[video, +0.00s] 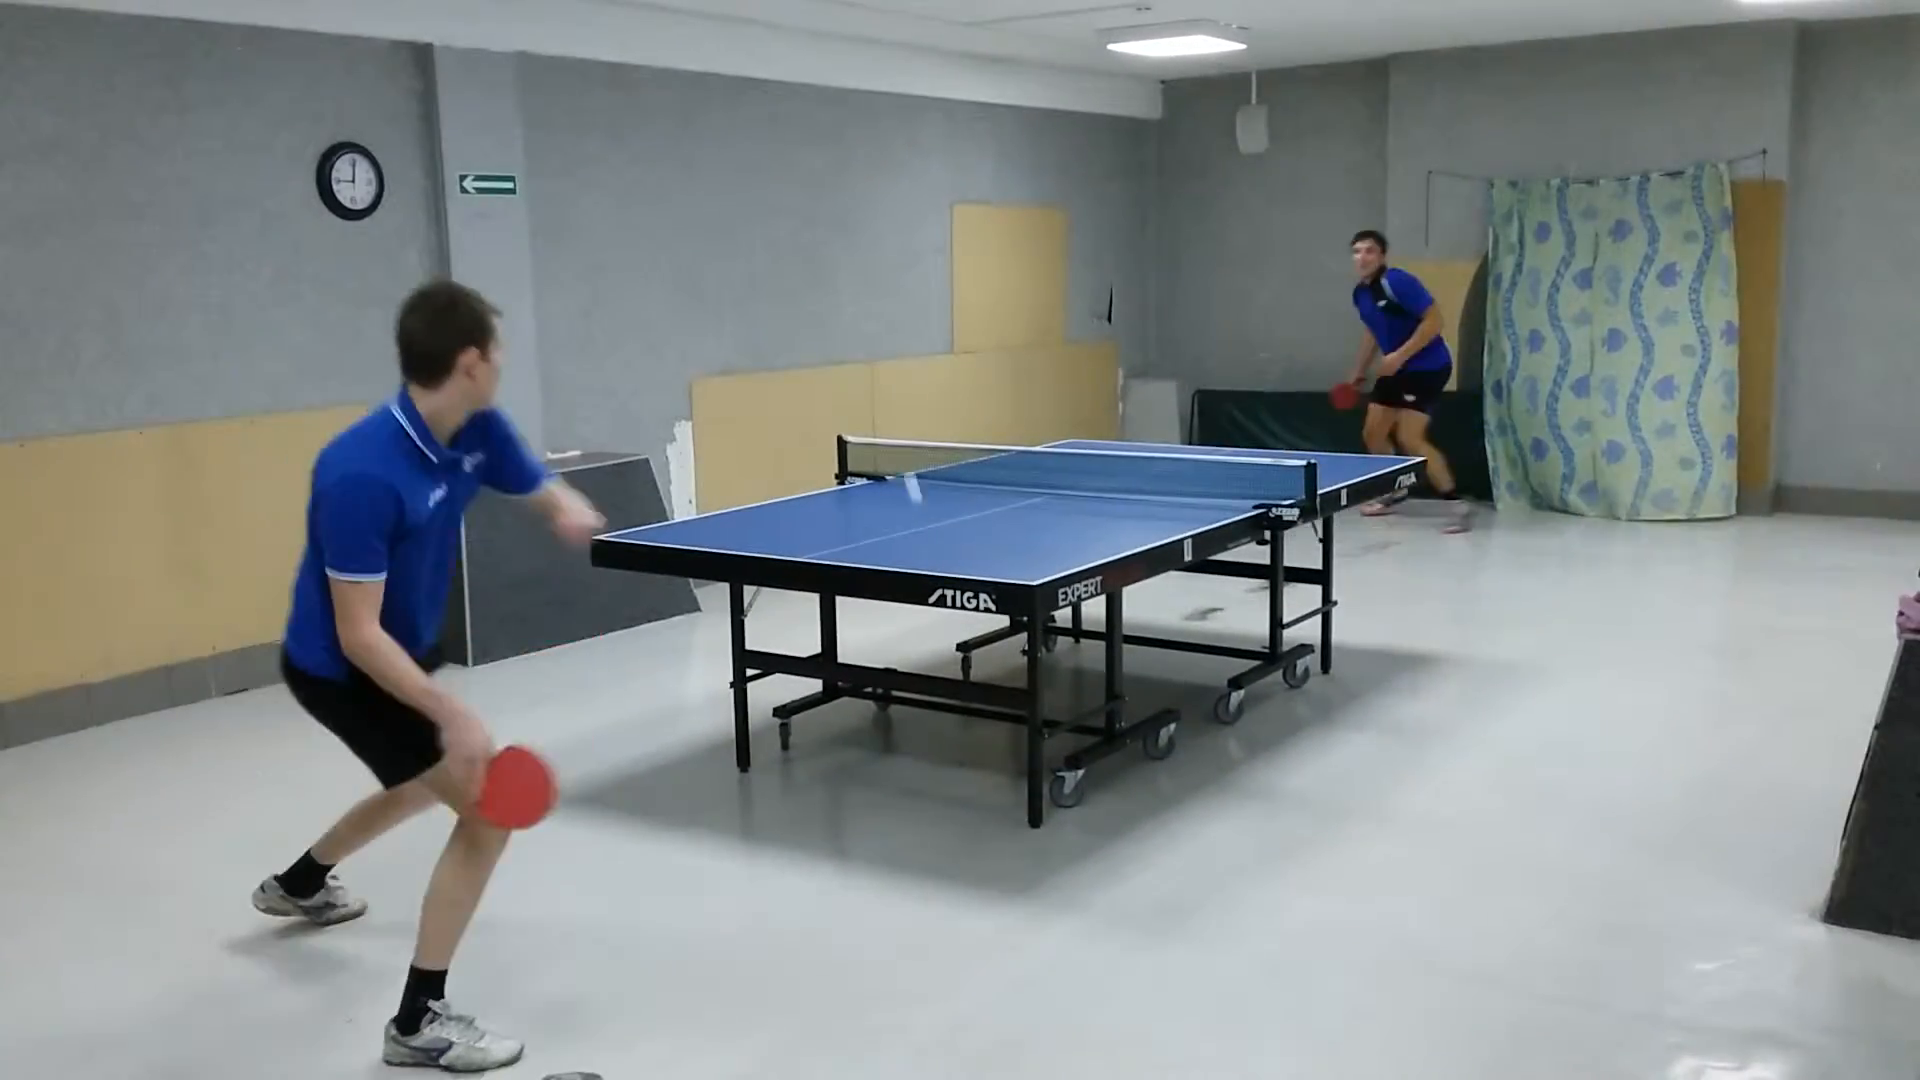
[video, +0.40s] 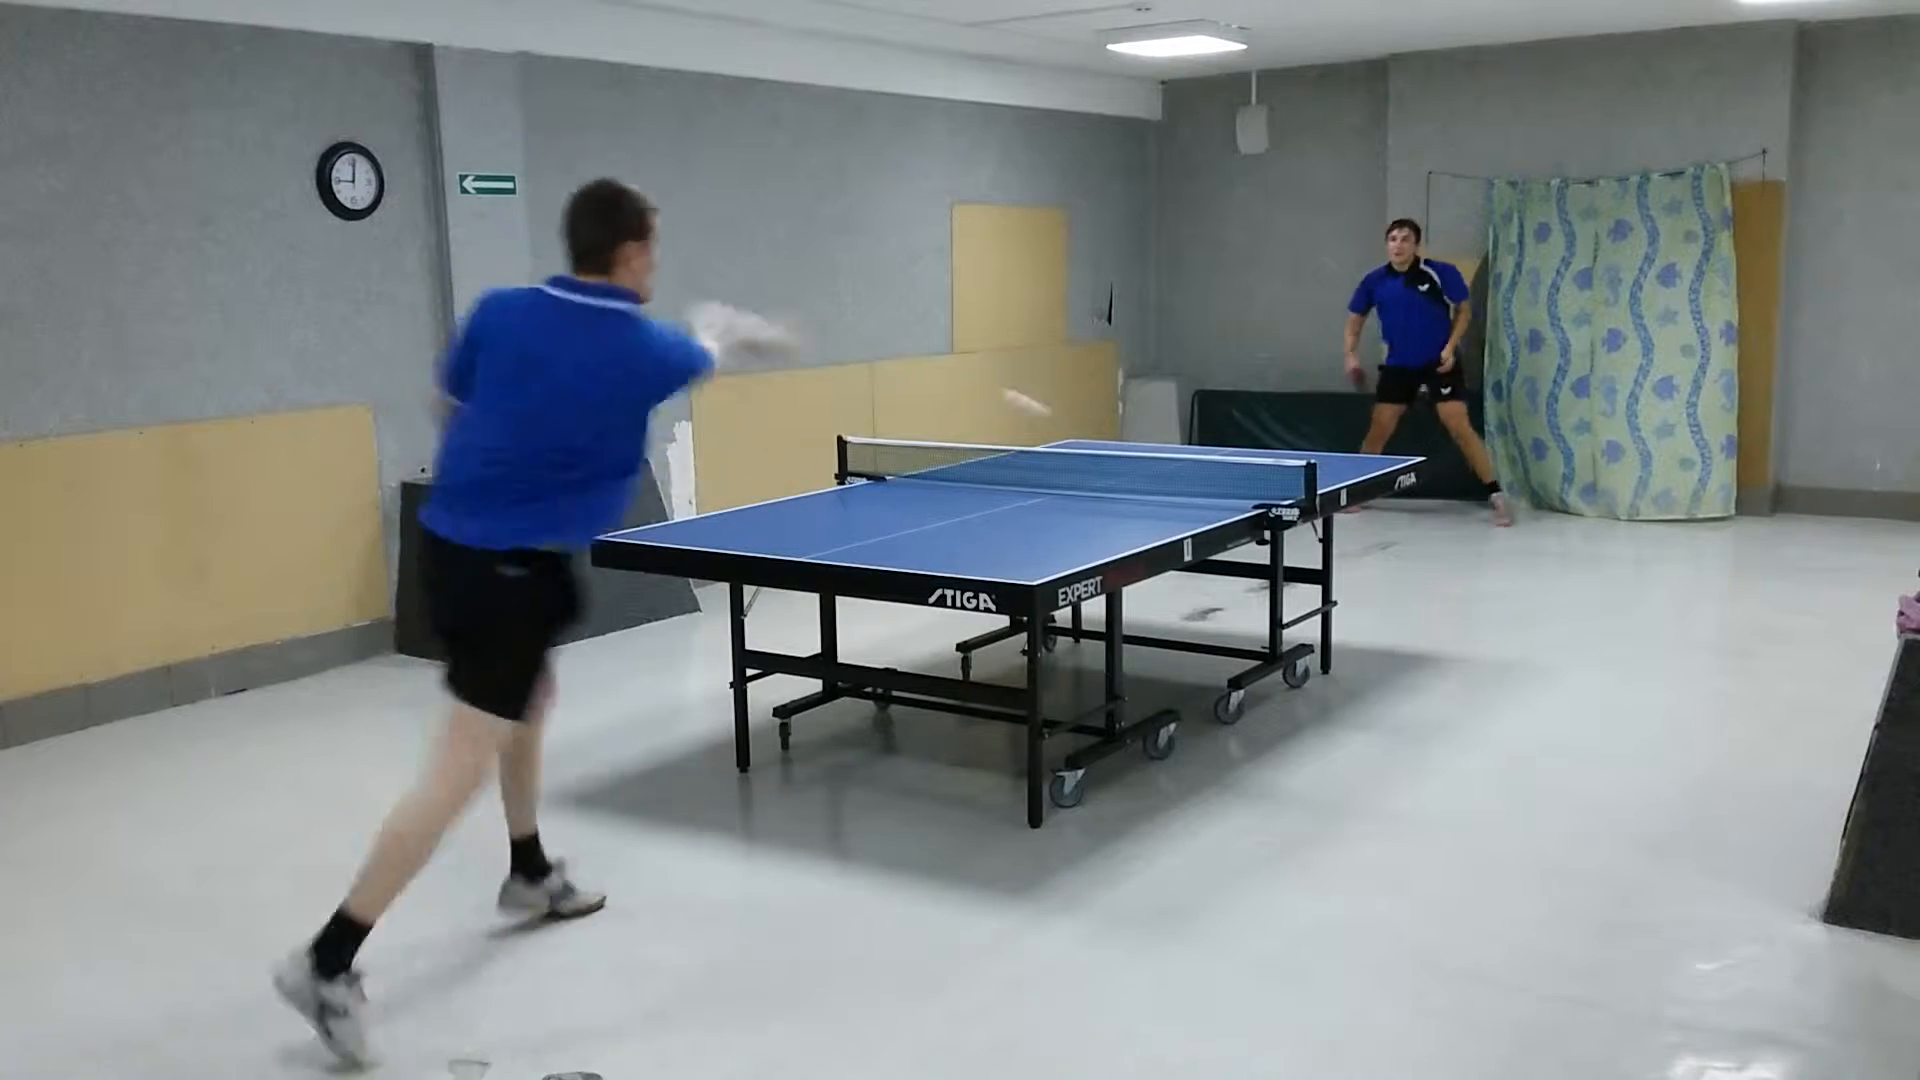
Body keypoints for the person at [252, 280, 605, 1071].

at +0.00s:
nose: (500, 365)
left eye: (499, 353)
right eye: (496, 353)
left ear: (446, 364)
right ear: (469, 363)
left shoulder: (480, 428)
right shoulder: (360, 472)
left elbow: (548, 497)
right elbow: (356, 634)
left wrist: (572, 513)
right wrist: (448, 715)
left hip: (396, 650)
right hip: (333, 665)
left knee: (434, 774)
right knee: (487, 808)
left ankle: (300, 879)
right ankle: (419, 1018)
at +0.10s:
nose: (526, 372)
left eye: (522, 359)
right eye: (518, 360)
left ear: (476, 369)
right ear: (489, 371)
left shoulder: (517, 430)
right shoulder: (377, 465)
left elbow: (619, 478)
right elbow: (355, 619)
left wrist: (681, 511)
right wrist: (409, 689)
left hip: (436, 648)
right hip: (366, 651)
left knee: (430, 779)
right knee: (502, 807)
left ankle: (296, 879)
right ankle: (419, 1017)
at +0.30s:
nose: (627, 280)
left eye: (623, 264)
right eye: (620, 265)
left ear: (557, 268)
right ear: (587, 274)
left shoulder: (503, 318)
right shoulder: (540, 377)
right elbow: (591, 500)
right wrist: (694, 462)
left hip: (430, 549)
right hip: (468, 581)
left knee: (461, 724)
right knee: (438, 777)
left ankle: (449, 848)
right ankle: (384, 992)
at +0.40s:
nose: (655, 260)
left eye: (650, 245)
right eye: (651, 247)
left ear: (574, 248)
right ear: (633, 253)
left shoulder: (502, 310)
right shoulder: (640, 342)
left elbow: (453, 389)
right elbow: (698, 358)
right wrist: (722, 332)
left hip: (448, 548)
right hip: (519, 567)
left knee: (530, 696)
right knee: (451, 776)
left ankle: (530, 872)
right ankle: (327, 960)